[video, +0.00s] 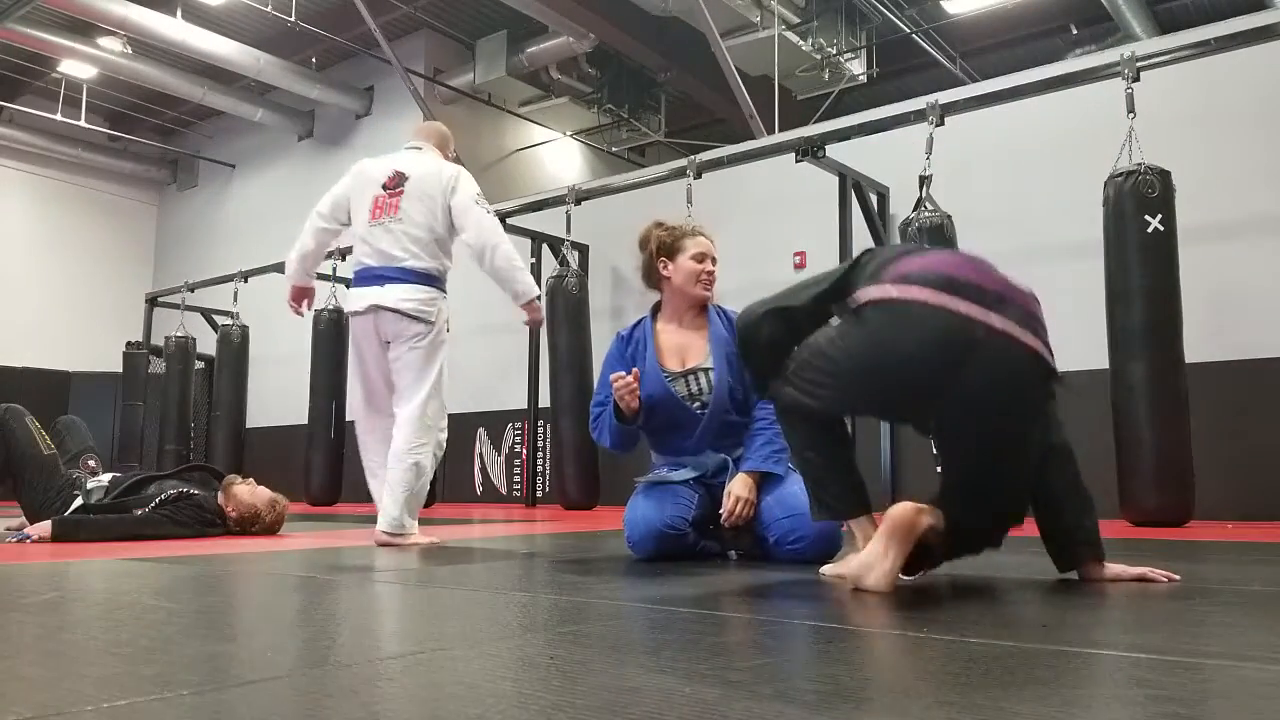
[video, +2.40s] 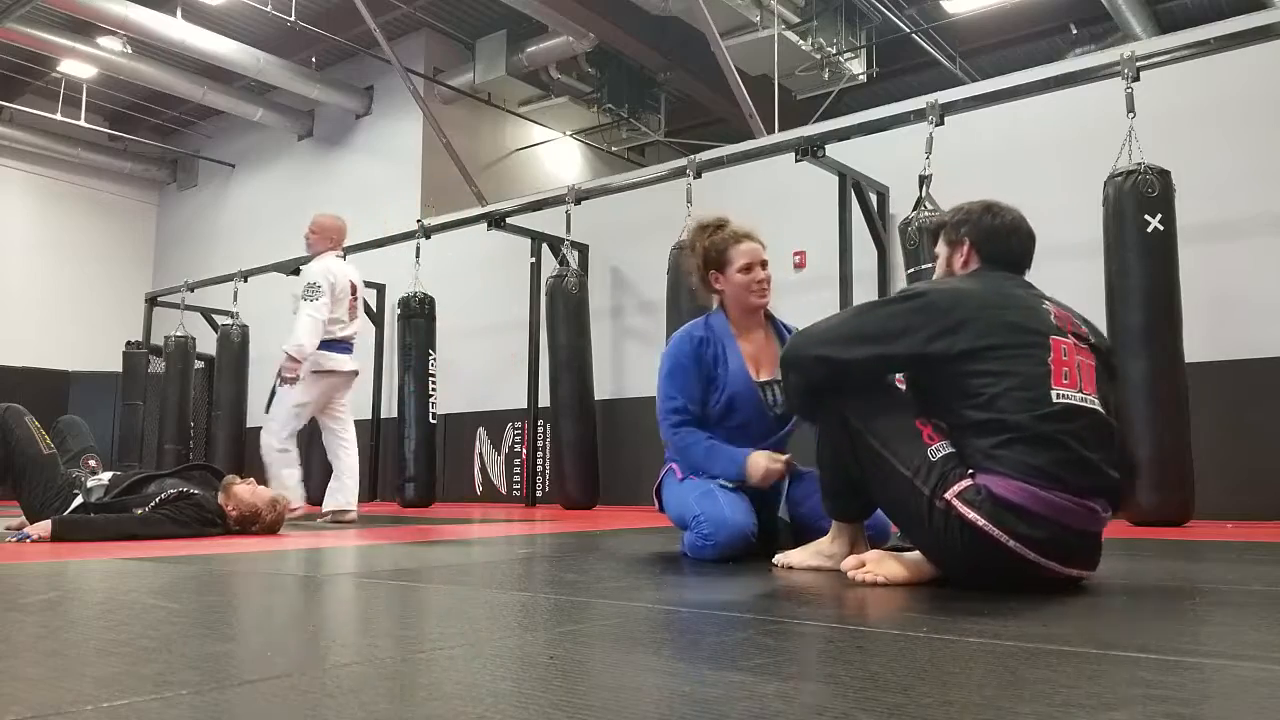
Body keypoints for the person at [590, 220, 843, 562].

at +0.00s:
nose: (712, 269)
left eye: (713, 261)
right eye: (700, 259)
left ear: (716, 270)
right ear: (665, 268)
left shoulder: (741, 329)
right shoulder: (629, 344)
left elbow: (769, 406)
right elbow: (610, 436)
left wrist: (750, 475)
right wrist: (624, 413)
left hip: (753, 465)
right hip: (679, 475)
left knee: (814, 539)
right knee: (648, 536)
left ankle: (741, 537)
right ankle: (718, 544)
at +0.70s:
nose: (743, 268)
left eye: (746, 260)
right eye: (731, 258)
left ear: (750, 269)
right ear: (699, 266)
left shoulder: (771, 334)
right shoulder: (665, 335)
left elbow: (795, 419)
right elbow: (645, 422)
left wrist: (790, 476)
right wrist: (676, 390)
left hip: (768, 476)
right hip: (691, 479)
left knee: (851, 524)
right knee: (659, 538)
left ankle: (751, 534)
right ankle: (723, 540)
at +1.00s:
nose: (782, 277)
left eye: (788, 270)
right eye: (770, 268)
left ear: (795, 280)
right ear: (742, 276)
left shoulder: (799, 345)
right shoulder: (708, 329)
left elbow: (803, 421)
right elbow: (688, 405)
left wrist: (800, 461)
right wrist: (731, 374)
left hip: (777, 476)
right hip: (702, 472)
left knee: (867, 525)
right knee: (680, 537)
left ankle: (764, 532)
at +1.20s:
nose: (794, 278)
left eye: (802, 272)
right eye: (782, 269)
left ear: (808, 283)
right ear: (755, 279)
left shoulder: (807, 349)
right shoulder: (722, 328)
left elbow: (811, 421)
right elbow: (728, 392)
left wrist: (802, 462)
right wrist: (786, 362)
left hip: (779, 470)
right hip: (708, 466)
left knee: (867, 530)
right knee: (729, 531)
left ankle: (782, 524)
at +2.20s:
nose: (749, 273)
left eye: (752, 263)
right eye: (735, 265)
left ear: (759, 265)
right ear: (705, 276)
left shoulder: (779, 335)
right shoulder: (684, 339)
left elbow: (802, 425)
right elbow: (717, 417)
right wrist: (796, 395)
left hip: (777, 471)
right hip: (702, 472)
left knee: (866, 527)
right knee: (734, 533)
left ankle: (770, 528)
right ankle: (698, 540)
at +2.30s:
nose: (754, 275)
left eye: (756, 265)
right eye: (739, 267)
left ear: (763, 266)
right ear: (709, 279)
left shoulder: (784, 338)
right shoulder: (686, 342)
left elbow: (813, 400)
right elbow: (695, 431)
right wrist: (785, 432)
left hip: (778, 472)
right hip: (702, 474)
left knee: (869, 526)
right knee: (733, 532)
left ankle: (768, 525)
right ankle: (697, 541)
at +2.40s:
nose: (762, 276)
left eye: (764, 266)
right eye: (747, 270)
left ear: (770, 269)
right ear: (717, 281)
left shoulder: (792, 341)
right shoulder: (690, 344)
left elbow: (824, 407)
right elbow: (677, 435)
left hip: (773, 474)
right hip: (701, 475)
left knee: (875, 526)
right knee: (732, 533)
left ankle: (774, 530)